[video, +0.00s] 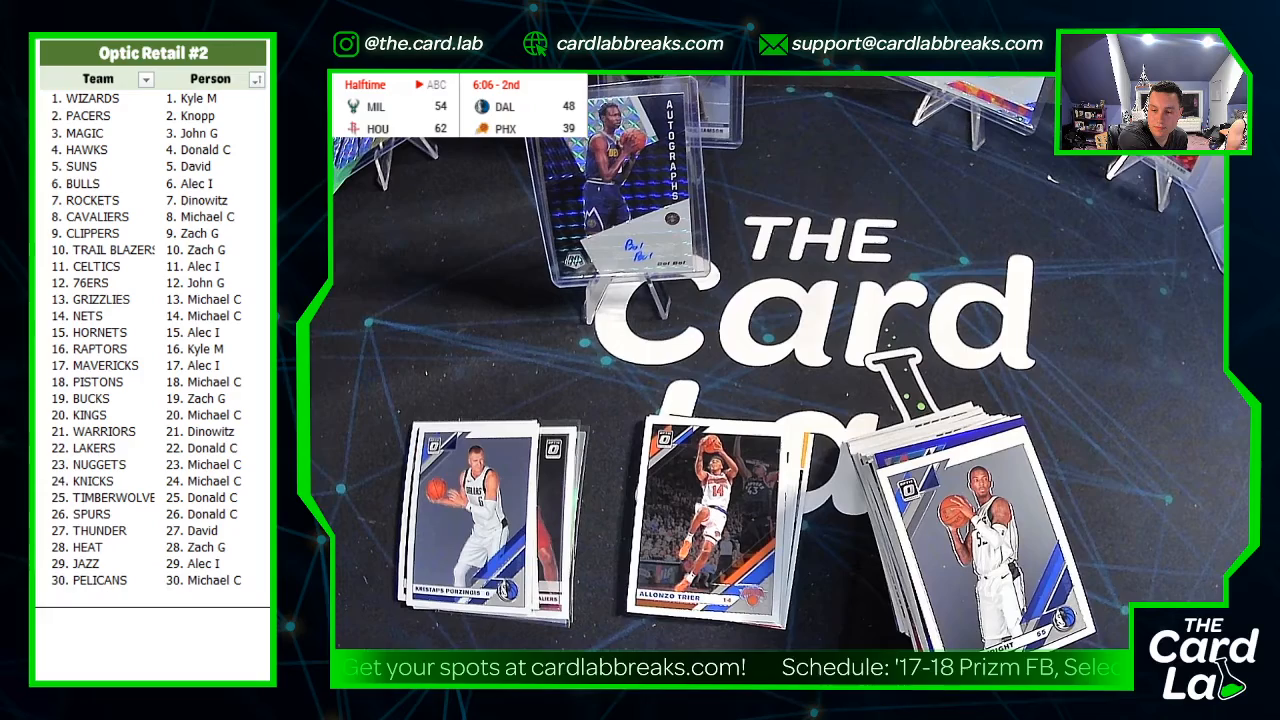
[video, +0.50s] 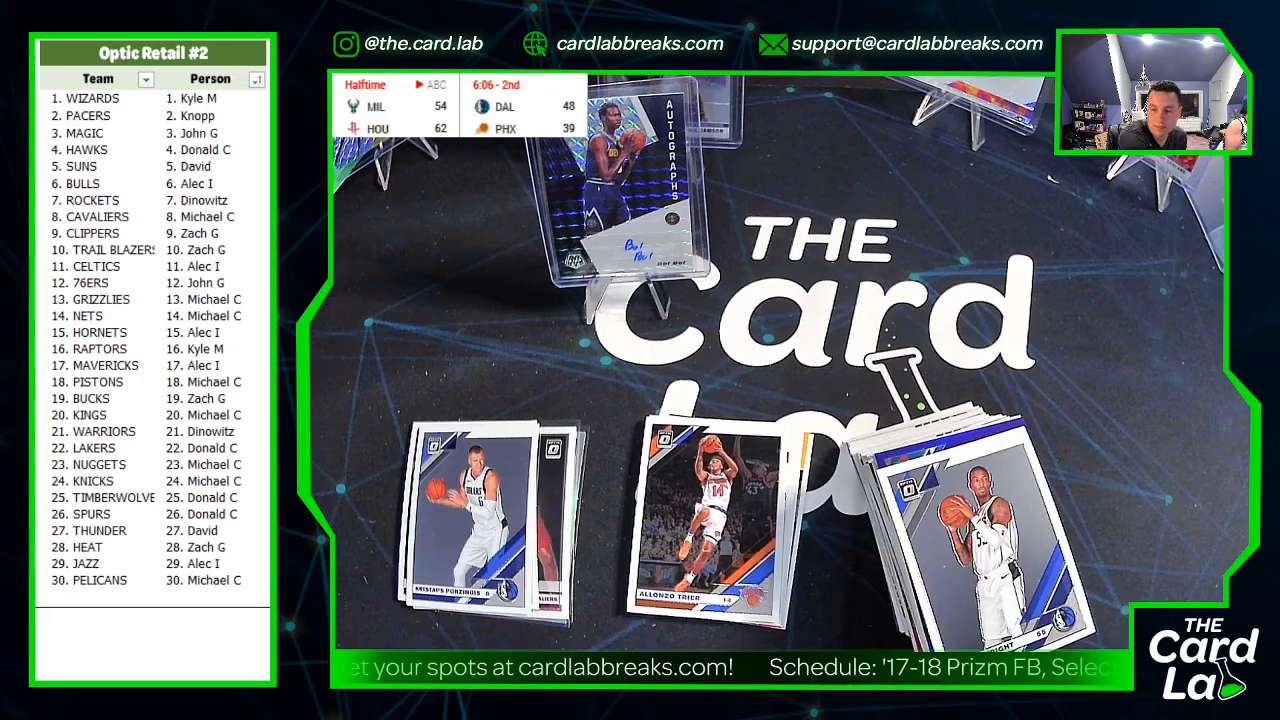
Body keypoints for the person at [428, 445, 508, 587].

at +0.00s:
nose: (479, 464)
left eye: (481, 460)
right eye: (475, 460)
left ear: (484, 460)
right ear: (469, 461)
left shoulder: (491, 476)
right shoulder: (464, 476)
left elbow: (488, 512)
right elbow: (464, 503)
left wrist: (466, 504)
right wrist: (439, 500)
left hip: (496, 531)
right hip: (478, 531)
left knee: (495, 573)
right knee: (459, 571)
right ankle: (460, 606)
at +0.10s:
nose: (479, 464)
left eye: (481, 460)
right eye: (475, 460)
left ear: (484, 460)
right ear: (469, 461)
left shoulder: (491, 476)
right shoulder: (464, 476)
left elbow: (488, 512)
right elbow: (464, 503)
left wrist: (466, 504)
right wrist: (439, 500)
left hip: (496, 531)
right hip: (478, 531)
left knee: (495, 573)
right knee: (459, 571)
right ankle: (460, 606)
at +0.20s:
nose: (479, 464)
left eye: (481, 460)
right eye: (475, 460)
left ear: (484, 460)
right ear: (469, 461)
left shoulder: (491, 476)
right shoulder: (464, 476)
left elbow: (488, 512)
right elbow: (464, 503)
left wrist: (466, 504)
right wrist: (439, 500)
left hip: (496, 531)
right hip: (478, 531)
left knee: (494, 572)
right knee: (459, 571)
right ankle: (461, 606)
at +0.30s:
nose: (479, 464)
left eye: (481, 460)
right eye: (475, 460)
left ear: (484, 460)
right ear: (469, 461)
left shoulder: (491, 476)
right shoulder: (464, 476)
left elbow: (488, 512)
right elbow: (464, 503)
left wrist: (466, 504)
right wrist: (439, 500)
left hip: (496, 531)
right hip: (478, 531)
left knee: (495, 573)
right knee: (459, 571)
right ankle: (460, 606)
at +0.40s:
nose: (479, 464)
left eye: (481, 460)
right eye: (475, 460)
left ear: (484, 460)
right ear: (469, 461)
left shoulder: (491, 476)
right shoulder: (464, 476)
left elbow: (488, 512)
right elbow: (464, 503)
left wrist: (466, 504)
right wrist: (439, 500)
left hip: (496, 531)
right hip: (478, 531)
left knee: (495, 573)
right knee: (459, 571)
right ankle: (460, 606)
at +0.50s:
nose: (479, 464)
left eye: (481, 460)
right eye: (475, 460)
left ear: (484, 460)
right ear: (469, 461)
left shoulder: (491, 476)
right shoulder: (464, 476)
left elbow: (488, 512)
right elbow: (464, 503)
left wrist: (466, 504)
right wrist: (439, 500)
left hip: (496, 531)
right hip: (478, 531)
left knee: (495, 573)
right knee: (459, 571)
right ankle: (460, 606)